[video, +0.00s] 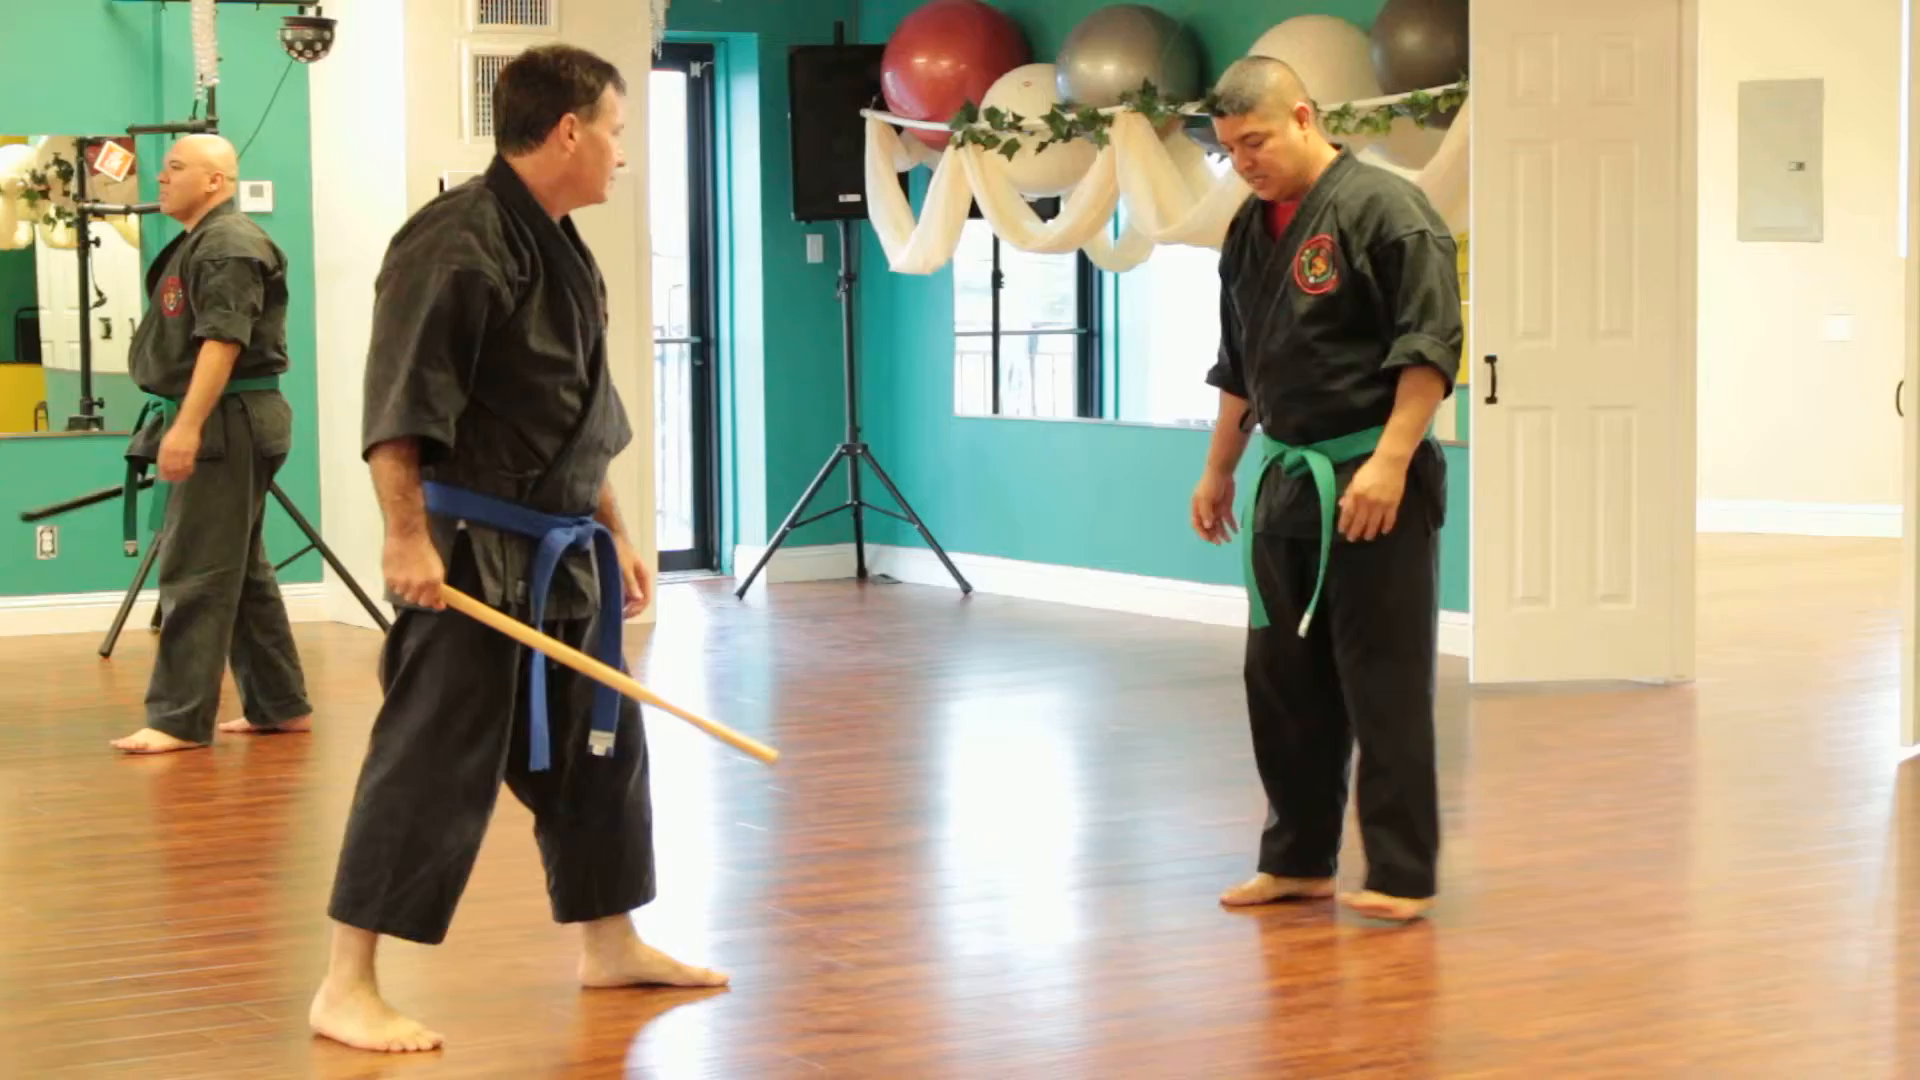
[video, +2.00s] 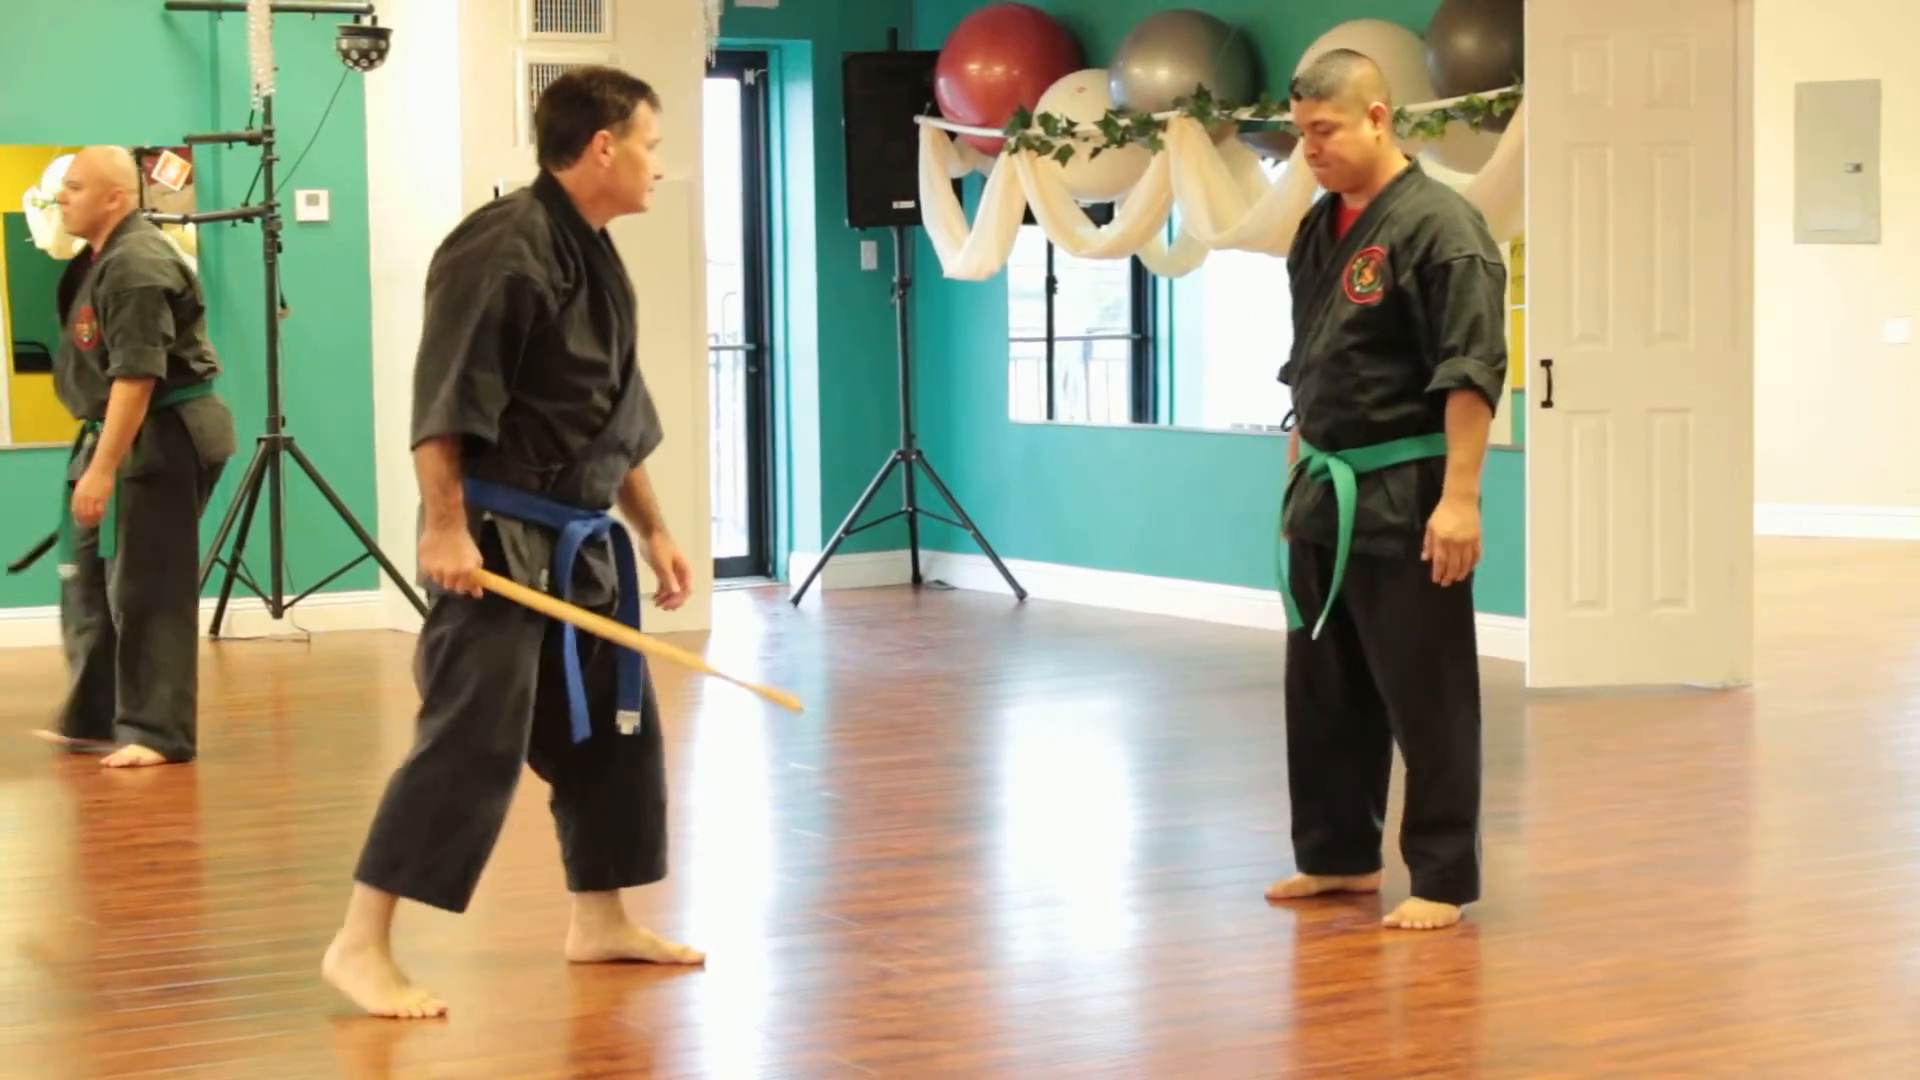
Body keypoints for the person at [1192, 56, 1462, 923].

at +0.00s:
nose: (1243, 162)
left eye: (1254, 142)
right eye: (1230, 149)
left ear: (1306, 119)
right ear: (1224, 147)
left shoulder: (1388, 207)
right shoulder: (1251, 227)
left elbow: (1431, 349)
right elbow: (1240, 362)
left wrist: (1391, 461)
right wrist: (1218, 466)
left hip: (1376, 471)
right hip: (1286, 473)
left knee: (1384, 677)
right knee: (1285, 670)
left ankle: (1400, 876)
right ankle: (1298, 862)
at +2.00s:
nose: (1309, 149)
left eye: (1323, 131)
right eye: (1302, 134)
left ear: (1378, 119)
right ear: (1306, 134)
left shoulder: (1443, 223)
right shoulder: (1319, 226)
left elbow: (1471, 374)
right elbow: (1310, 364)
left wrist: (1461, 497)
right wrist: (1299, 465)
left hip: (1409, 480)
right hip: (1325, 480)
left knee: (1429, 689)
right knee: (1327, 679)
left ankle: (1442, 884)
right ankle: (1340, 860)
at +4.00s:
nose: (1308, 119)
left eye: (1329, 104)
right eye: (1306, 106)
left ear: (1385, 118)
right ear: (1308, 123)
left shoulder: (1429, 226)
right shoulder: (1317, 230)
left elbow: (1453, 375)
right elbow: (1320, 366)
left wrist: (1432, 496)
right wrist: (1301, 468)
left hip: (1402, 481)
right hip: (1326, 481)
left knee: (1412, 689)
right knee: (1328, 683)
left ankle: (1436, 887)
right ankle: (1347, 861)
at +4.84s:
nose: (1276, 131)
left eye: (1295, 116)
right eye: (1274, 118)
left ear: (1352, 127)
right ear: (1291, 132)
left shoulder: (1377, 233)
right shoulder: (1313, 228)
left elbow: (1375, 385)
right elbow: (1312, 373)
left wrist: (1301, 477)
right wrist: (1268, 454)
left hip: (1385, 487)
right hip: (1318, 480)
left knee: (1375, 679)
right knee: (1307, 675)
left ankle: (1388, 873)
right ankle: (1336, 861)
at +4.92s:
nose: (1272, 144)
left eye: (1291, 129)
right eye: (1269, 131)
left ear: (1347, 140)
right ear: (1274, 145)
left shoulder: (1366, 239)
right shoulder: (1310, 241)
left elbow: (1335, 370)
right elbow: (1283, 369)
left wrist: (1220, 383)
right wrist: (1264, 387)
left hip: (1379, 497)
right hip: (1303, 494)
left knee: (1373, 688)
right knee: (1246, 658)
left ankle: (1384, 873)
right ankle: (1308, 824)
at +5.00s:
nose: (1268, 154)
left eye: (1286, 139)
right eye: (1264, 140)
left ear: (1340, 150)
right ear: (1269, 153)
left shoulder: (1359, 253)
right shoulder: (1309, 244)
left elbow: (1255, 349)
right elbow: (1282, 296)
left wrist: (1170, 291)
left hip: (1371, 505)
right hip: (1291, 500)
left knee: (1366, 684)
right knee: (1199, 642)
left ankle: (1383, 878)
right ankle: (1226, 812)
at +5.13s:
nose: (1248, 163)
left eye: (1265, 146)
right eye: (1241, 150)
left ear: (1321, 153)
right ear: (1243, 164)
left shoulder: (1337, 247)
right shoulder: (1267, 246)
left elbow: (1232, 291)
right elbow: (1201, 280)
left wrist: (1146, 230)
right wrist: (1168, 204)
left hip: (1343, 513)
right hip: (1257, 510)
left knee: (1338, 691)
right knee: (1159, 663)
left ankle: (1382, 884)